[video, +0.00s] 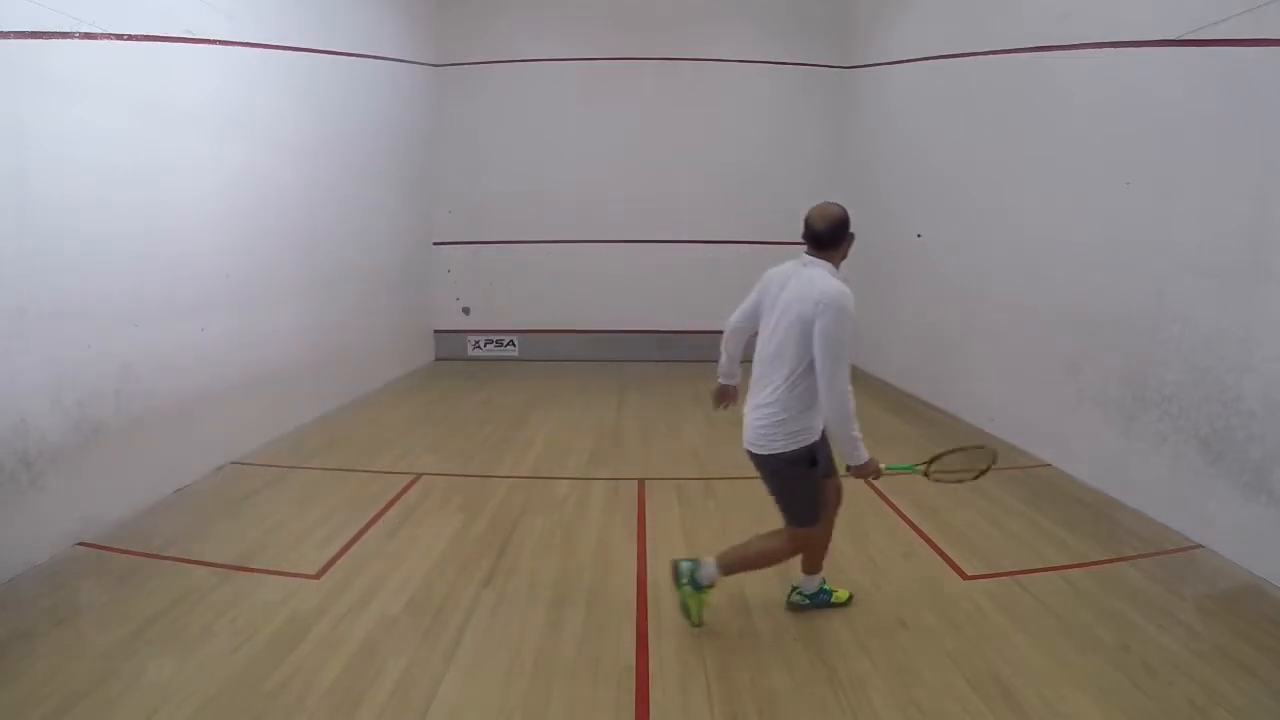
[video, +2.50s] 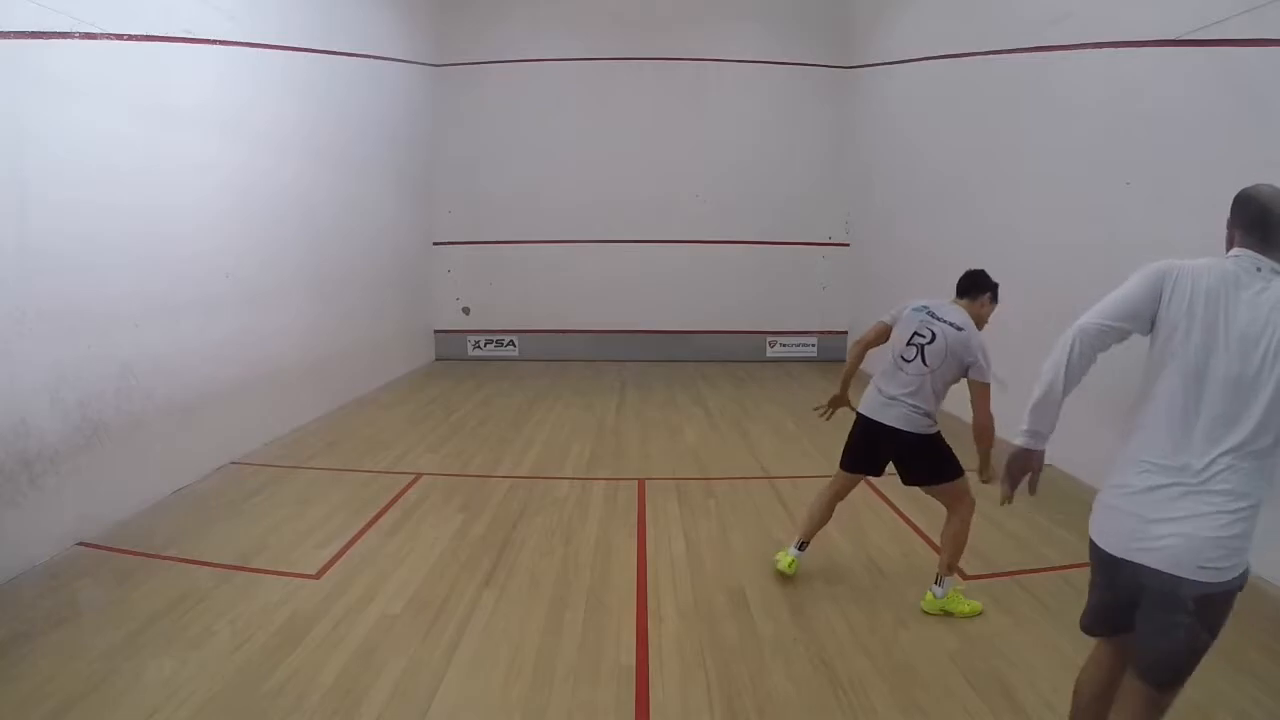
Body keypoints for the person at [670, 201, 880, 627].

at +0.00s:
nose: (853, 241)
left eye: (847, 235)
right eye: (852, 236)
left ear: (804, 240)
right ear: (848, 244)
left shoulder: (779, 275)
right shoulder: (833, 296)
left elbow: (737, 327)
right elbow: (834, 387)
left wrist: (727, 378)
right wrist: (856, 454)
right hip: (785, 438)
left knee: (828, 495)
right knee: (804, 534)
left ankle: (810, 587)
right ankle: (700, 574)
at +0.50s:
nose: (1096, 248)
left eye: (1094, 240)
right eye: (1096, 240)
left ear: (1050, 235)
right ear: (1087, 243)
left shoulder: (1008, 271)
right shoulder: (1066, 302)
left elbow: (968, 327)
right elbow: (1071, 404)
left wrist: (1014, 362)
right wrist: (1104, 479)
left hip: (979, 429)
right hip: (1017, 443)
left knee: (998, 514)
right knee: (1048, 539)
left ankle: (905, 572)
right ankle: (1018, 637)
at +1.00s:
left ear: (1271, 270)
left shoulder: (1244, 308)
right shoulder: (1262, 322)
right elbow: (1275, 390)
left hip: (1216, 472)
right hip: (1202, 480)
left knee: (1247, 576)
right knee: (1254, 595)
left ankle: (1216, 675)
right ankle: (1134, 645)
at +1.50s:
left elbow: (1273, 353)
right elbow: (1272, 354)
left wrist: (1224, 402)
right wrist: (1226, 403)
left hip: (1225, 500)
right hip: (1267, 529)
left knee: (1273, 589)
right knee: (1272, 591)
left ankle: (1230, 681)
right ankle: (1231, 680)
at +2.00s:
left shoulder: (1279, 318)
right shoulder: (1278, 320)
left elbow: (1258, 364)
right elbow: (1257, 366)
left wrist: (1191, 454)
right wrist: (1192, 454)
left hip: (1265, 511)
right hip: (1265, 511)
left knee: (1188, 627)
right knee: (1189, 626)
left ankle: (1122, 714)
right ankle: (1123, 713)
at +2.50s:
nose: (1226, 236)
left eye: (1227, 229)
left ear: (1231, 232)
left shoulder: (1175, 279)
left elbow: (1084, 334)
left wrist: (1034, 436)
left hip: (1119, 532)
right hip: (1206, 562)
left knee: (1110, 647)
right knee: (1145, 700)